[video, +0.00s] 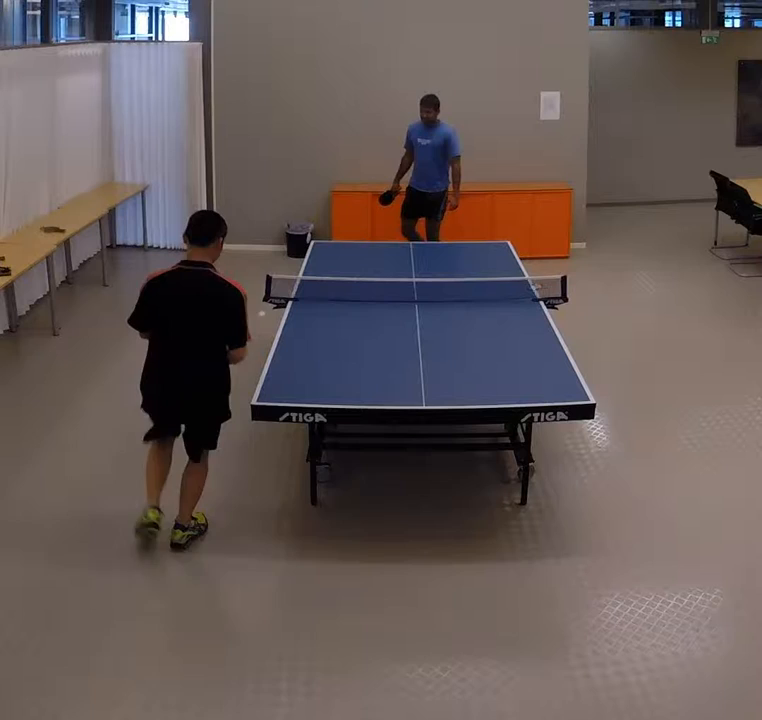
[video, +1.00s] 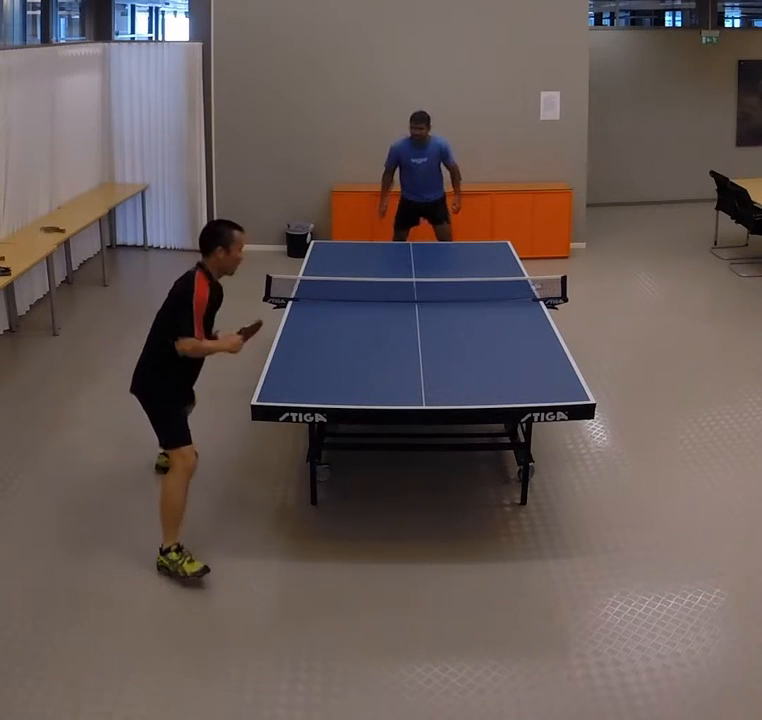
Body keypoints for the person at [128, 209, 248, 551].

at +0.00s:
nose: (222, 246)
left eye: (219, 241)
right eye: (223, 241)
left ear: (185, 241)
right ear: (219, 244)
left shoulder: (157, 282)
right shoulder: (230, 294)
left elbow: (143, 330)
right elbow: (237, 353)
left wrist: (171, 335)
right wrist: (208, 350)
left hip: (161, 384)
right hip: (206, 389)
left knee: (162, 436)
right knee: (198, 454)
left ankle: (152, 507)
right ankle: (183, 525)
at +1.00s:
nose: (242, 258)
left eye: (242, 251)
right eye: (239, 251)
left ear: (219, 252)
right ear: (219, 252)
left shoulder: (211, 285)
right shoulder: (194, 288)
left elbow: (200, 336)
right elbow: (183, 345)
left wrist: (233, 337)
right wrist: (222, 345)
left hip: (175, 378)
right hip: (156, 385)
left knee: (184, 408)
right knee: (184, 460)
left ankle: (165, 456)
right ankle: (169, 550)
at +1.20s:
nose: (245, 262)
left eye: (245, 255)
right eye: (242, 255)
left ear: (219, 255)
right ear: (220, 257)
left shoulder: (209, 284)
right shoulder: (195, 301)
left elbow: (225, 317)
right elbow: (224, 363)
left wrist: (262, 317)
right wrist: (268, 334)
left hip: (181, 386)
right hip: (163, 398)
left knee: (185, 432)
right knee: (190, 480)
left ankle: (164, 472)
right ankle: (171, 556)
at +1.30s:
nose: (255, 259)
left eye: (256, 252)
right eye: (252, 252)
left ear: (226, 252)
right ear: (231, 255)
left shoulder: (214, 281)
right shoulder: (203, 297)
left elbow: (236, 301)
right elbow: (235, 358)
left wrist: (273, 286)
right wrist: (285, 328)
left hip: (190, 391)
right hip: (167, 399)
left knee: (197, 451)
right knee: (185, 480)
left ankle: (165, 495)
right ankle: (170, 555)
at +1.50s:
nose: (286, 261)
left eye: (286, 253)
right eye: (280, 253)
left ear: (253, 257)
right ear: (254, 256)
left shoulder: (231, 285)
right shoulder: (236, 301)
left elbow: (202, 293)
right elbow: (250, 368)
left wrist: (198, 290)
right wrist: (301, 377)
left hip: (220, 406)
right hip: (193, 409)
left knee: (245, 470)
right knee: (189, 490)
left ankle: (243, 551)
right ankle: (170, 555)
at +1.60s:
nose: (304, 269)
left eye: (304, 261)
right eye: (298, 261)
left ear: (272, 263)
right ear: (272, 263)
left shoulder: (240, 294)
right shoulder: (257, 310)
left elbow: (200, 311)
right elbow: (262, 381)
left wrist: (168, 318)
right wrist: (313, 396)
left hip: (240, 417)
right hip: (217, 419)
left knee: (265, 487)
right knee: (199, 494)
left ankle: (293, 569)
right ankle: (171, 556)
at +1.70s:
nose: (329, 276)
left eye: (329, 268)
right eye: (324, 268)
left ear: (299, 269)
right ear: (300, 269)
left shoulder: (262, 303)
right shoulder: (285, 320)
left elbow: (216, 334)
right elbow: (276, 393)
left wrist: (173, 354)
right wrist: (338, 410)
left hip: (270, 428)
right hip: (243, 432)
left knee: (293, 494)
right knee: (225, 511)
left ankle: (312, 581)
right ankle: (174, 551)